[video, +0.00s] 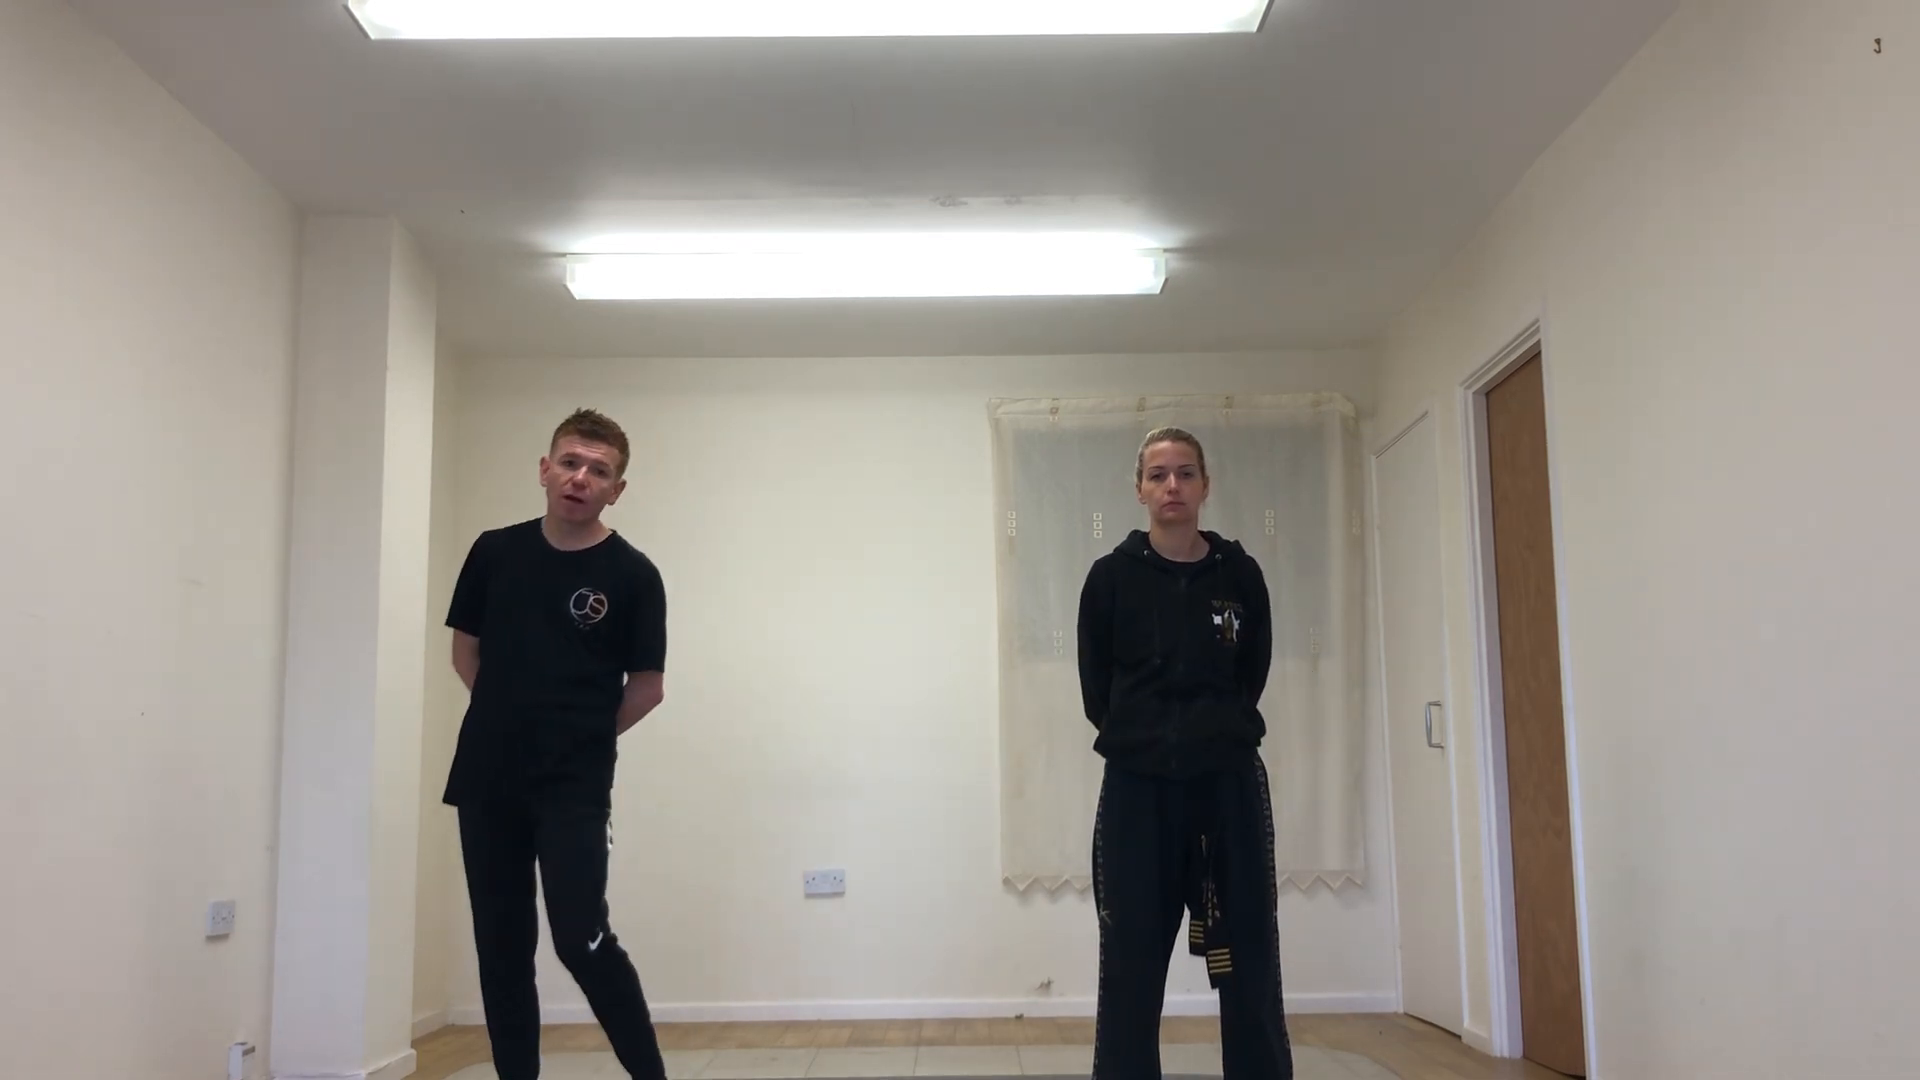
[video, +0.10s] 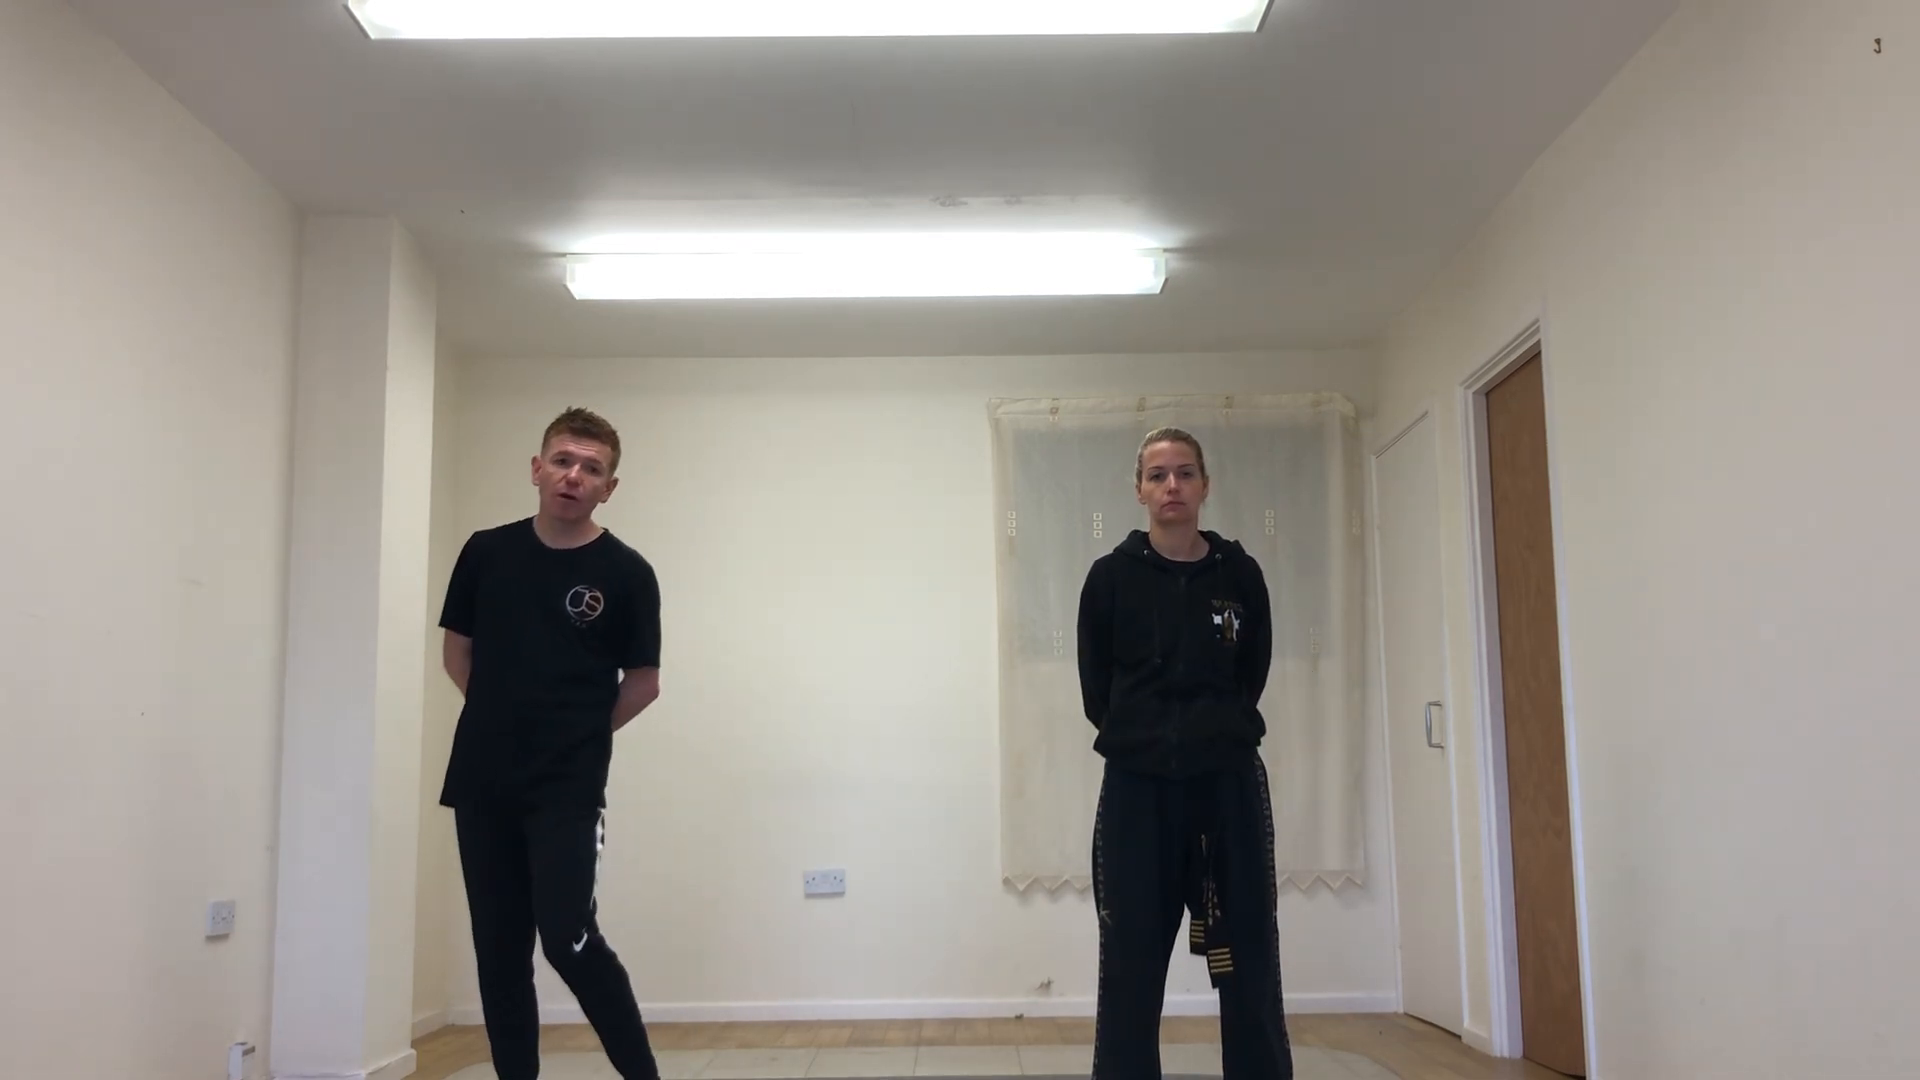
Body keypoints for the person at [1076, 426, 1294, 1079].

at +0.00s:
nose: (1172, 485)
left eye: (1184, 473)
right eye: (1158, 474)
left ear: (1205, 485)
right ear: (1140, 488)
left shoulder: (1239, 570)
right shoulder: (1110, 575)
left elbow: (1255, 670)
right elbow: (1095, 683)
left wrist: (1217, 731)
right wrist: (1140, 740)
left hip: (1231, 780)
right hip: (1139, 782)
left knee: (1249, 962)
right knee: (1130, 966)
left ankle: (1261, 1077)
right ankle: (1124, 1078)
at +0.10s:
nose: (1172, 485)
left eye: (1184, 473)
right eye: (1157, 475)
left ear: (1204, 485)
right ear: (1140, 489)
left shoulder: (1239, 570)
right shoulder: (1109, 575)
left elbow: (1255, 670)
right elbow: (1095, 683)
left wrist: (1215, 729)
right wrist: (1140, 738)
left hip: (1231, 780)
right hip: (1139, 782)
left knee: (1250, 960)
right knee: (1131, 964)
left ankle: (1260, 1076)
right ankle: (1124, 1077)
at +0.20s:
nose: (1172, 485)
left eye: (1184, 473)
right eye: (1157, 475)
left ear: (1204, 485)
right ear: (1139, 489)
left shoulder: (1240, 570)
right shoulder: (1109, 575)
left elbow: (1255, 670)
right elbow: (1095, 684)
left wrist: (1215, 729)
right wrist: (1140, 737)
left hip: (1230, 780)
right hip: (1138, 782)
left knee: (1249, 962)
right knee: (1130, 965)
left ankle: (1260, 1077)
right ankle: (1124, 1078)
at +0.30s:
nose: (1172, 485)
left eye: (1184, 473)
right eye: (1157, 475)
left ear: (1204, 485)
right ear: (1139, 489)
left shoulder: (1240, 570)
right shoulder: (1109, 575)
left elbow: (1255, 670)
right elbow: (1095, 686)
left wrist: (1214, 729)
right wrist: (1142, 738)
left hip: (1230, 781)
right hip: (1138, 782)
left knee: (1249, 962)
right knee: (1130, 965)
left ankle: (1260, 1076)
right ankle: (1124, 1077)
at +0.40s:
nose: (1171, 484)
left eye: (1183, 473)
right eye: (1157, 475)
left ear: (1204, 485)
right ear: (1139, 489)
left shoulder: (1240, 570)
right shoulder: (1109, 575)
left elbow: (1255, 670)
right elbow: (1095, 683)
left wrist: (1215, 729)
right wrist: (1141, 738)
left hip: (1230, 780)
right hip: (1138, 782)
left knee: (1249, 961)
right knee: (1130, 964)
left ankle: (1260, 1076)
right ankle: (1124, 1077)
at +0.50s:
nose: (1171, 484)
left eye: (1183, 473)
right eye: (1157, 475)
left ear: (1204, 485)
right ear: (1139, 489)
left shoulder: (1240, 569)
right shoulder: (1110, 574)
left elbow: (1256, 669)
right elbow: (1095, 683)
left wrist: (1217, 729)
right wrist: (1141, 737)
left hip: (1230, 780)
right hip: (1139, 781)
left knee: (1249, 961)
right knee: (1130, 964)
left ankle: (1261, 1077)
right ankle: (1124, 1078)